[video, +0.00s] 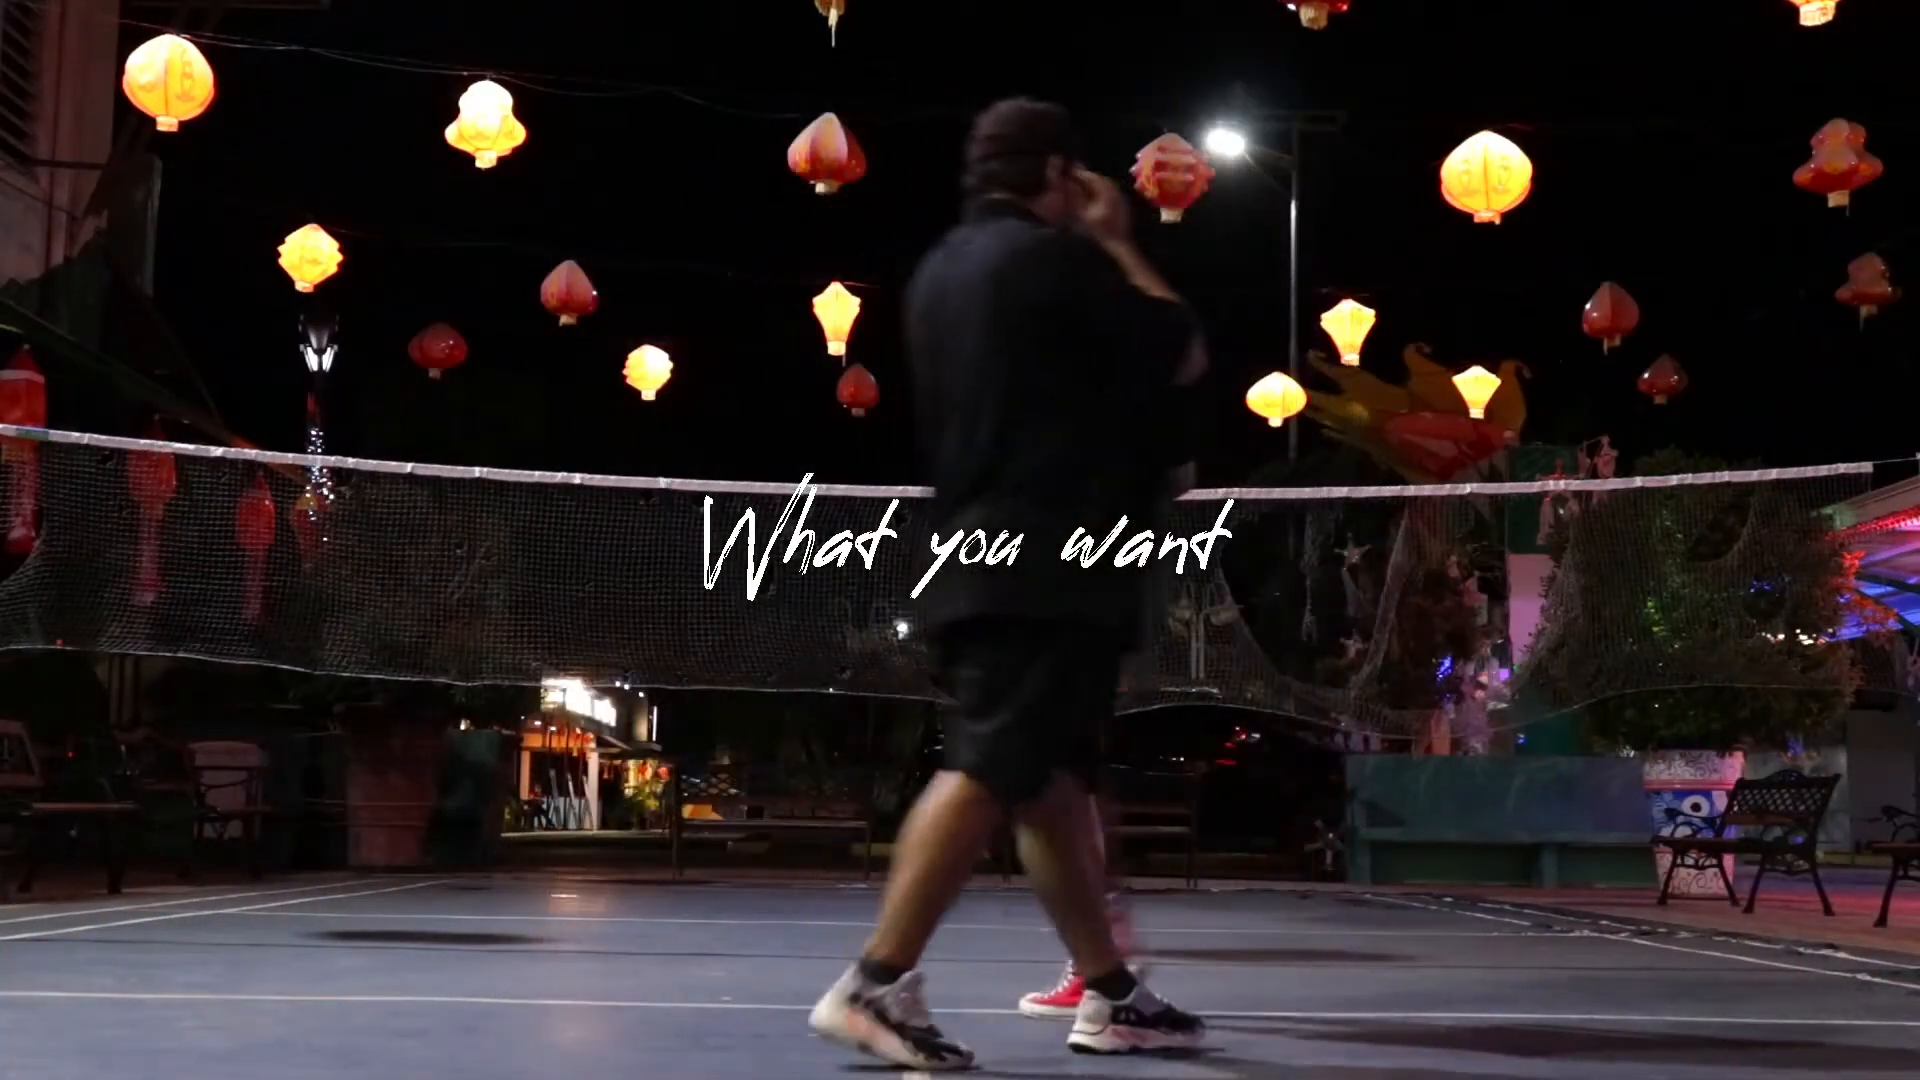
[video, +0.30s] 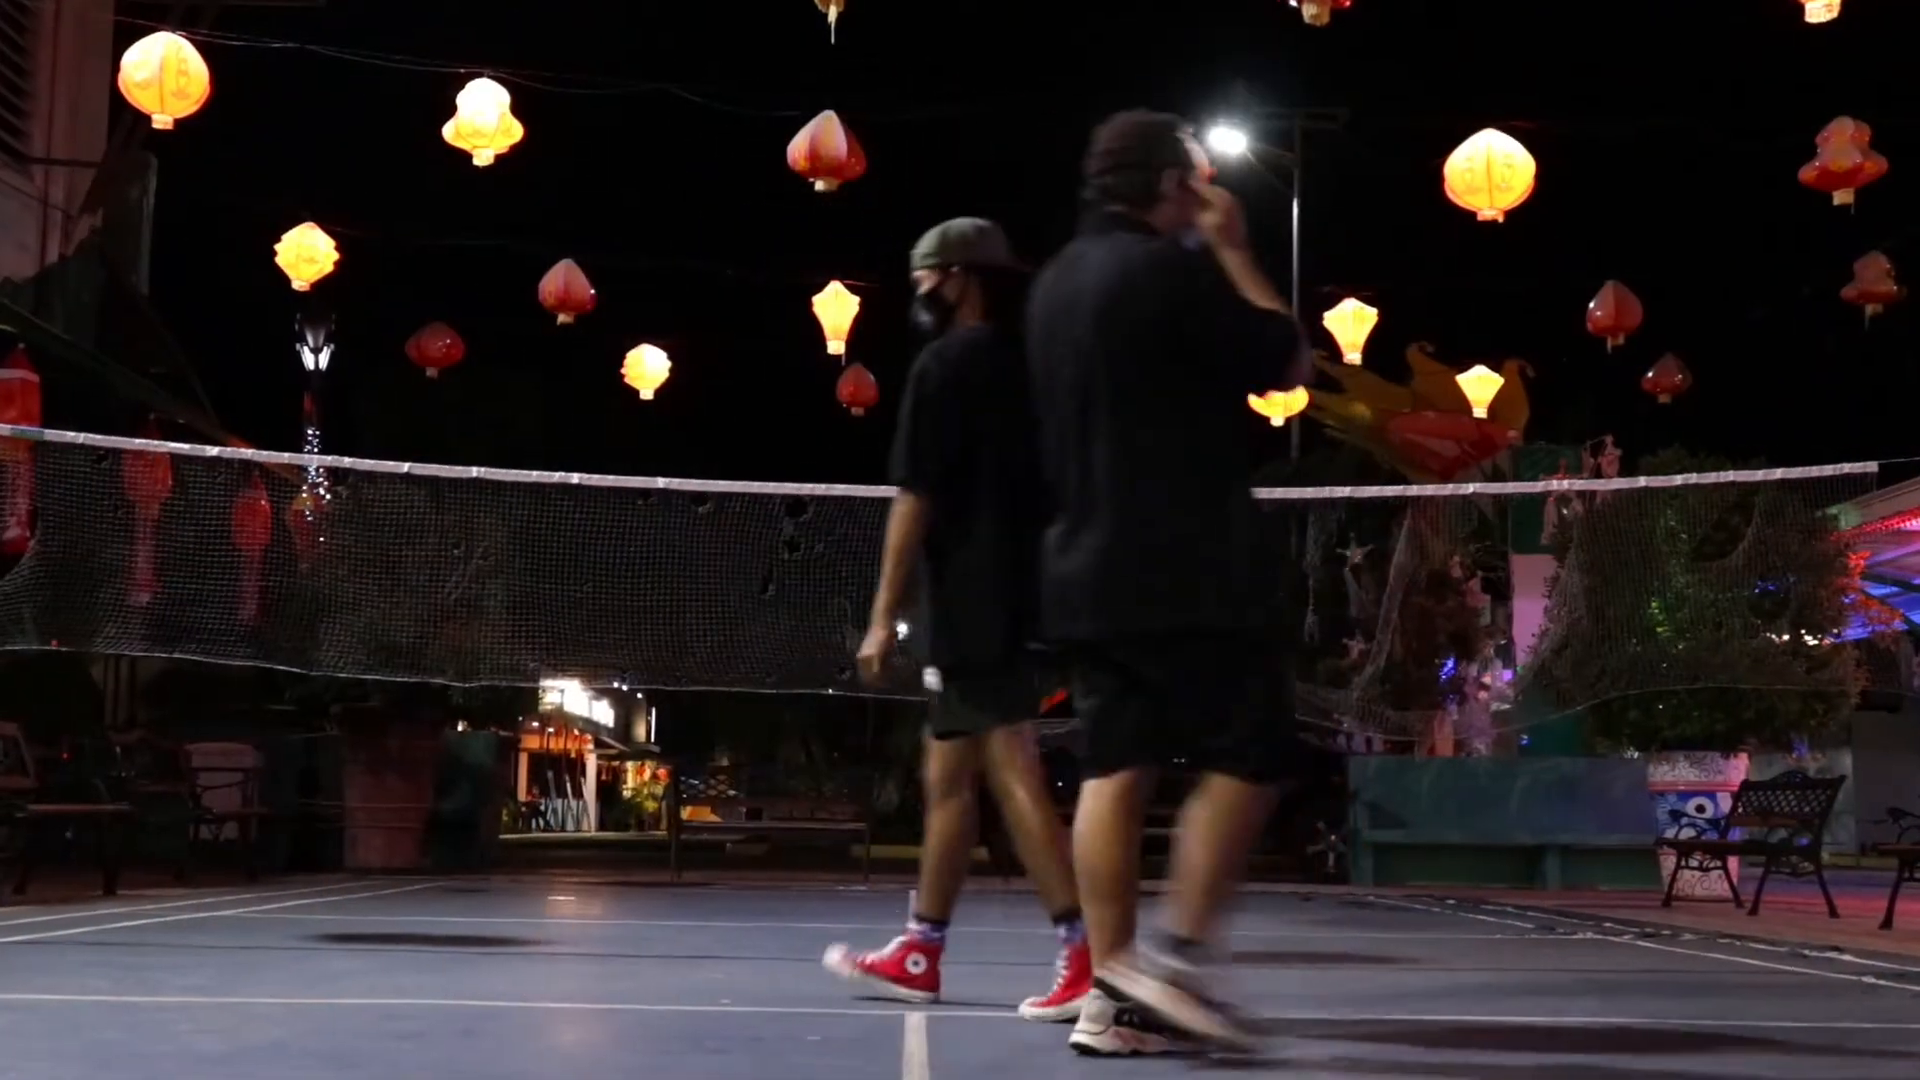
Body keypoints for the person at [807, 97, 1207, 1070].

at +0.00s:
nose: (1087, 194)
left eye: (1086, 181)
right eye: (1083, 180)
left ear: (978, 179)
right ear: (1056, 179)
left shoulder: (937, 275)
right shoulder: (1061, 264)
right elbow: (1183, 357)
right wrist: (1121, 244)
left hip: (970, 558)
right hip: (1060, 562)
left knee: (1045, 784)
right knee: (984, 767)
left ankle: (1111, 995)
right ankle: (876, 984)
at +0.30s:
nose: (1205, 194)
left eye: (1201, 178)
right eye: (1198, 178)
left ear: (1100, 188)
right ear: (1170, 188)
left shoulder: (1057, 284)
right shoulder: (1171, 273)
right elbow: (1282, 358)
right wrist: (1233, 249)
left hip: (1089, 565)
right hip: (1191, 564)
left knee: (1112, 764)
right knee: (1248, 748)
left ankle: (1106, 998)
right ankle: (1175, 953)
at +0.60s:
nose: (1318, 225)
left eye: (1313, 209)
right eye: (1309, 211)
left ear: (1219, 211)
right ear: (1282, 217)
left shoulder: (1168, 305)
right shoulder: (1290, 300)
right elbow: (1389, 395)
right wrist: (1350, 289)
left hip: (1189, 590)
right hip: (1294, 596)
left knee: (1175, 775)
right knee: (1324, 803)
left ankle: (1121, 992)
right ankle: (1375, 999)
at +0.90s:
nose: (1428, 231)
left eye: (1422, 217)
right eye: (1423, 217)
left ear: (1328, 224)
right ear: (1408, 225)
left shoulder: (1284, 321)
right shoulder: (1431, 306)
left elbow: (1320, 431)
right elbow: (1518, 406)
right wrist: (1473, 305)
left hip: (1324, 582)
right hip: (1427, 581)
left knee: (1357, 772)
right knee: (1403, 789)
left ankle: (1307, 937)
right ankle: (1383, 1004)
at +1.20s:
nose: (1499, 260)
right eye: (1495, 247)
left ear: (1403, 260)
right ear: (1487, 255)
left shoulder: (1365, 365)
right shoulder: (1526, 343)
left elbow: (1317, 496)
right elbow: (1625, 453)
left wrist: (1368, 574)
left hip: (1397, 608)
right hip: (1502, 606)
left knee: (1457, 805)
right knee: (1461, 795)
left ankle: (1513, 996)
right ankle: (1397, 988)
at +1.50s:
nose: (1563, 268)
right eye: (1557, 255)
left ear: (1468, 270)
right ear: (1552, 264)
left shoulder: (1433, 367)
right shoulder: (1592, 353)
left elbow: (1406, 512)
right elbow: (1635, 495)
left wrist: (1434, 601)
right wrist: (1662, 611)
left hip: (1475, 615)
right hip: (1579, 609)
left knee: (1499, 791)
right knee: (1624, 776)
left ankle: (1517, 997)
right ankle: (1594, 947)